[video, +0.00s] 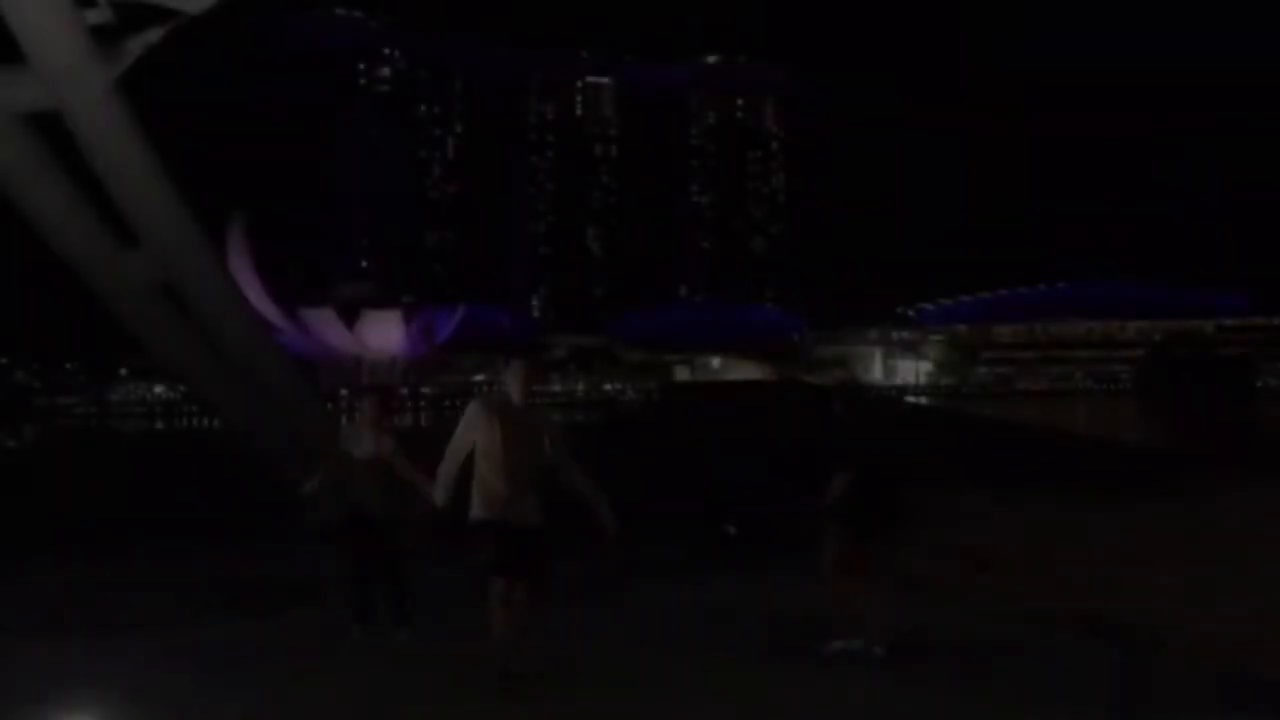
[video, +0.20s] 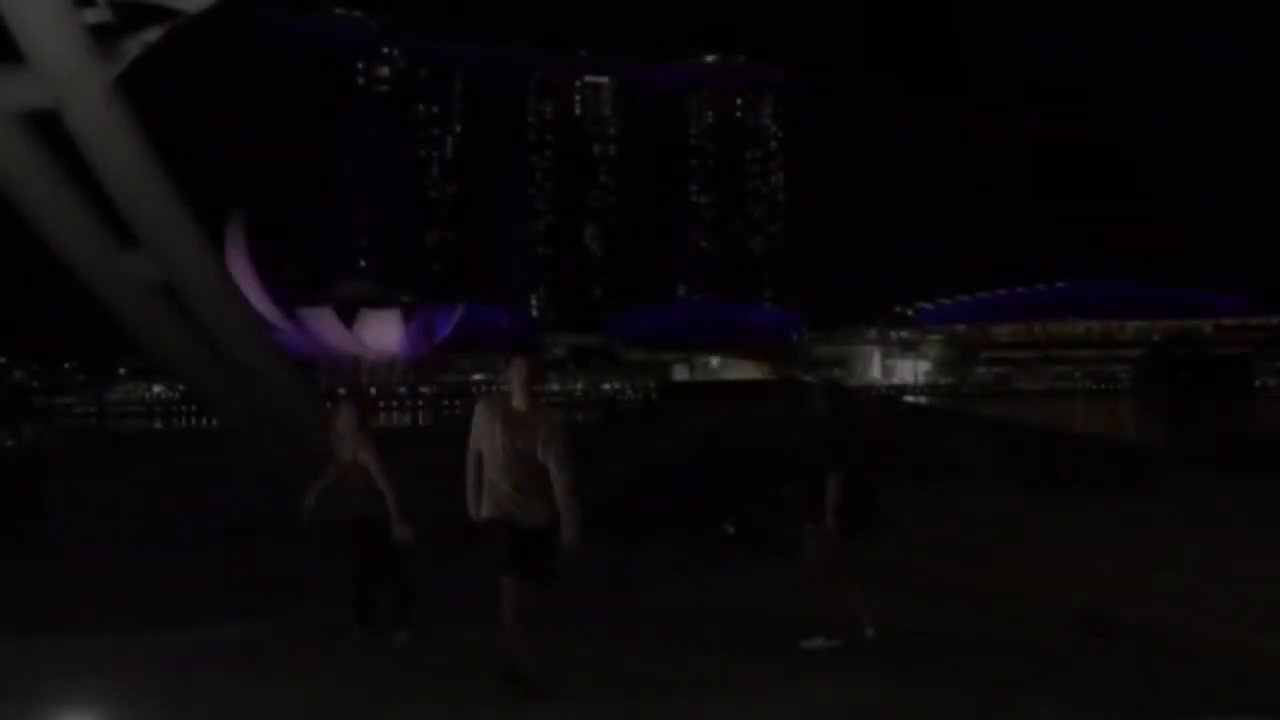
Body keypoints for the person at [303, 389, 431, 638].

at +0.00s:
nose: (368, 417)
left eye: (372, 412)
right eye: (363, 412)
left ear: (379, 414)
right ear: (357, 414)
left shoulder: (384, 441)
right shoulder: (347, 439)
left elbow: (404, 469)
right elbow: (332, 464)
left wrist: (427, 490)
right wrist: (316, 483)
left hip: (384, 507)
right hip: (352, 507)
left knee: (389, 563)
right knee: (357, 565)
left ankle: (397, 616)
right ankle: (360, 617)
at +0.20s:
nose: (343, 428)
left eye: (348, 422)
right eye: (340, 422)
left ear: (356, 425)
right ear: (334, 426)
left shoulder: (364, 454)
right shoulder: (340, 454)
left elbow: (385, 487)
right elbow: (329, 477)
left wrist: (395, 520)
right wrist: (312, 498)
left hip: (375, 523)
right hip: (351, 523)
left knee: (383, 573)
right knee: (358, 575)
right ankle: (361, 620)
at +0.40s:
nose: (328, 425)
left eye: (334, 419)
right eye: (326, 420)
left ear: (347, 421)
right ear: (325, 423)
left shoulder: (359, 446)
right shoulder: (331, 448)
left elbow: (356, 489)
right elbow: (334, 489)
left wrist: (352, 526)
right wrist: (314, 515)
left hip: (381, 514)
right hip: (358, 514)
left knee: (389, 570)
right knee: (359, 570)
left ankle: (401, 622)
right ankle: (363, 620)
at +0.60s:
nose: (332, 423)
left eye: (336, 416)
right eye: (328, 417)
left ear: (349, 418)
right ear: (324, 421)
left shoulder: (364, 440)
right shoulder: (330, 450)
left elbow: (364, 476)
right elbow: (331, 485)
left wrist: (348, 505)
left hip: (378, 512)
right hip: (352, 514)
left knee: (383, 570)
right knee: (357, 571)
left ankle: (392, 623)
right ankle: (360, 623)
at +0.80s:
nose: (341, 419)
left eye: (346, 412)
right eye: (337, 413)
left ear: (357, 414)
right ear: (332, 417)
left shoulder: (375, 441)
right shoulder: (327, 447)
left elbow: (392, 477)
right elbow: (318, 487)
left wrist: (381, 507)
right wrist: (341, 474)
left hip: (376, 517)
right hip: (345, 518)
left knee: (382, 569)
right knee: (351, 572)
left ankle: (389, 624)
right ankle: (356, 624)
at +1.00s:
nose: (354, 412)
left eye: (359, 407)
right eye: (350, 407)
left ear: (368, 411)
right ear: (343, 411)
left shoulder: (381, 435)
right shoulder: (333, 437)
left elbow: (412, 459)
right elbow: (304, 463)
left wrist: (416, 493)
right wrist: (332, 473)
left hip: (380, 511)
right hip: (346, 512)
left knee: (381, 569)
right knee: (351, 570)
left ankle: (379, 625)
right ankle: (354, 623)